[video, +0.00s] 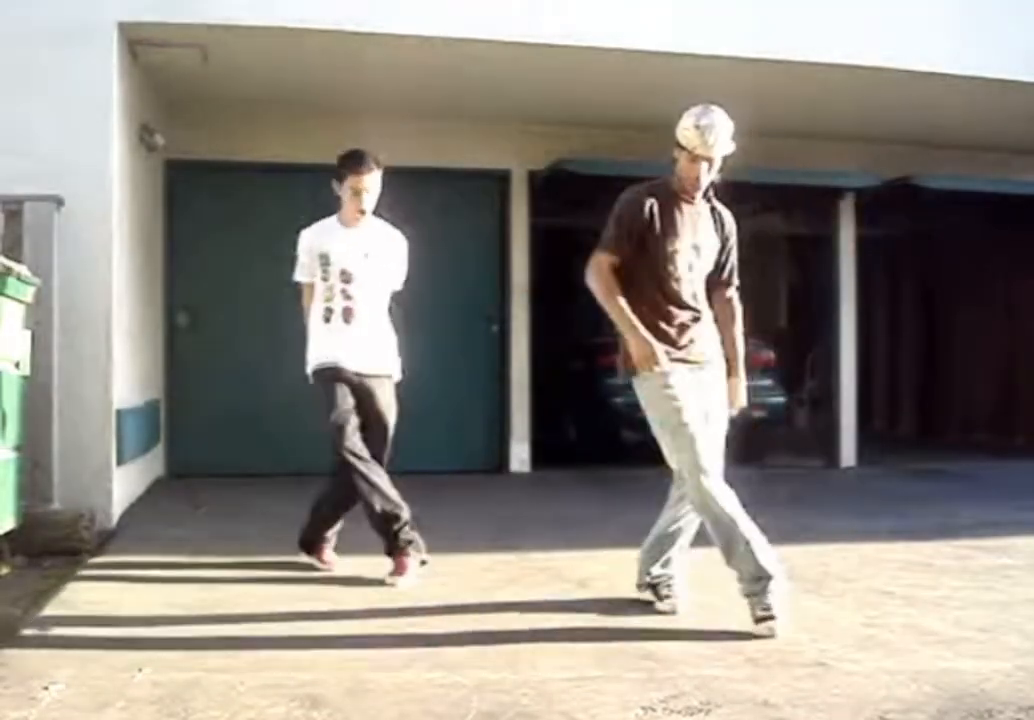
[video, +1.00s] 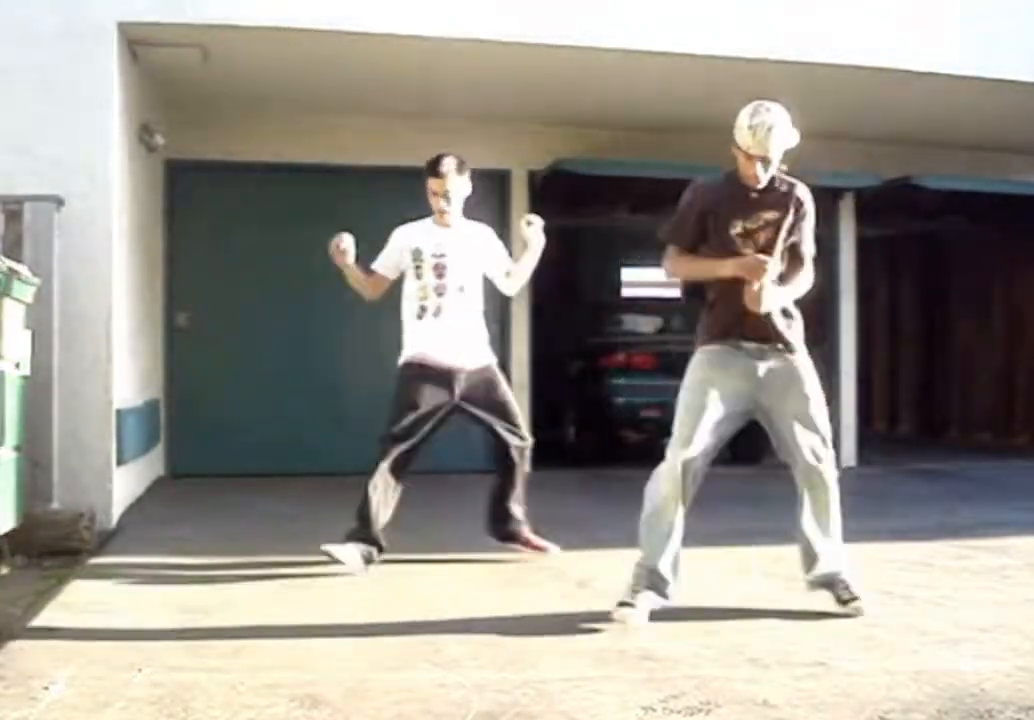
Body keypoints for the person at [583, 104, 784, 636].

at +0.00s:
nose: (697, 171)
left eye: (708, 162)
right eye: (690, 158)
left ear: (722, 162)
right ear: (676, 151)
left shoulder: (721, 220)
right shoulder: (641, 204)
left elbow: (726, 297)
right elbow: (598, 271)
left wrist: (737, 373)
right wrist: (633, 335)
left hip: (708, 358)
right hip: (659, 359)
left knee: (701, 471)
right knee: (701, 473)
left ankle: (658, 570)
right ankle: (763, 582)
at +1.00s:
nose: (759, 170)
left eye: (769, 160)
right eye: (751, 158)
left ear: (784, 153)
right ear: (735, 147)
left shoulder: (797, 199)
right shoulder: (704, 195)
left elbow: (804, 272)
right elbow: (674, 265)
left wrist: (775, 294)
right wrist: (733, 267)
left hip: (784, 355)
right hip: (720, 352)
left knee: (817, 462)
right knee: (682, 460)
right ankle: (650, 583)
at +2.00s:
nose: (660, 163)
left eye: (671, 153)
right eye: (652, 150)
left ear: (681, 150)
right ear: (634, 141)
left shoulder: (683, 184)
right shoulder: (608, 189)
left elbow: (738, 193)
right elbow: (537, 172)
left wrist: (791, 168)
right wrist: (588, 203)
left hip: (683, 345)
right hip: (627, 357)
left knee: (755, 429)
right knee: (611, 466)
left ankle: (785, 553)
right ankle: (536, 570)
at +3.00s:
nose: (700, 157)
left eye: (711, 147)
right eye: (693, 145)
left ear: (725, 141)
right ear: (677, 133)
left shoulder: (728, 183)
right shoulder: (643, 176)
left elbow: (752, 248)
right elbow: (607, 243)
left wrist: (689, 259)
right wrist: (676, 238)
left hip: (707, 340)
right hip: (650, 336)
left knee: (712, 461)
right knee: (674, 451)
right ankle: (732, 576)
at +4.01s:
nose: (721, 144)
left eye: (732, 134)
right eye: (713, 132)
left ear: (748, 129)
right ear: (698, 123)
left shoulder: (763, 169)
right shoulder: (664, 169)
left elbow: (826, 217)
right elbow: (598, 213)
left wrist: (789, 206)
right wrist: (664, 220)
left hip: (738, 345)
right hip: (677, 340)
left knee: (746, 463)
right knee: (678, 461)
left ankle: (671, 551)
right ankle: (704, 594)